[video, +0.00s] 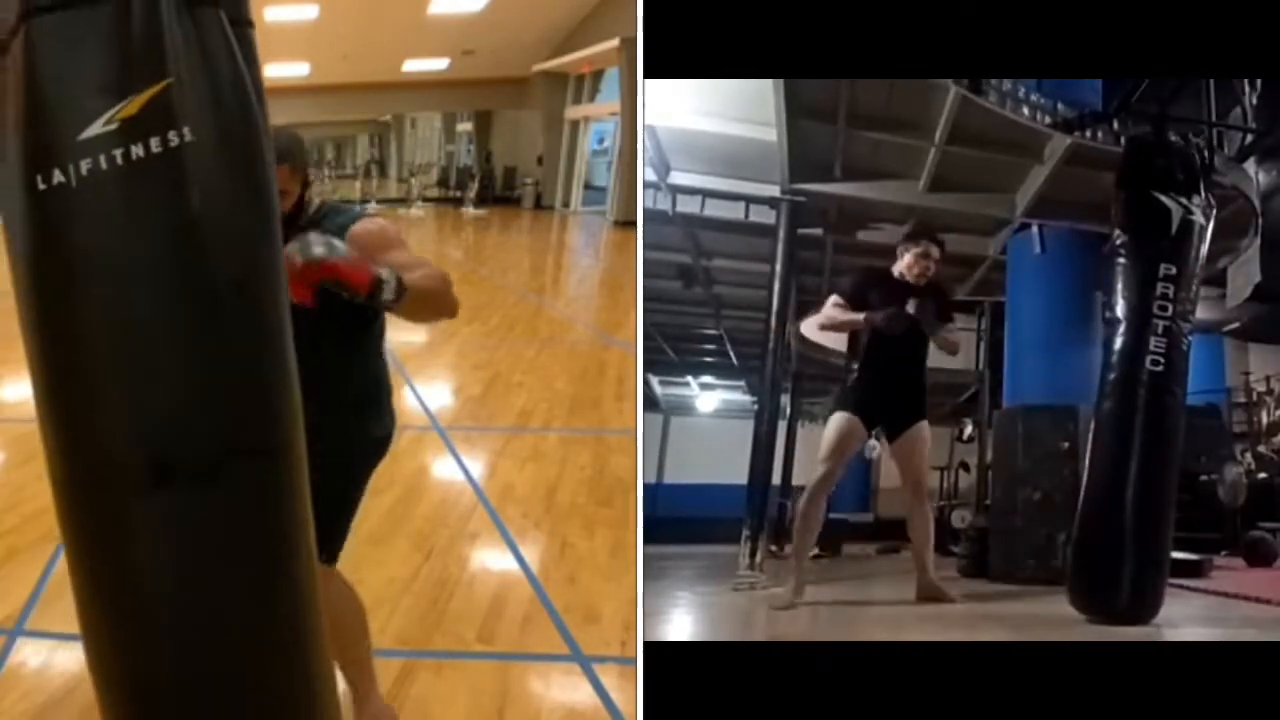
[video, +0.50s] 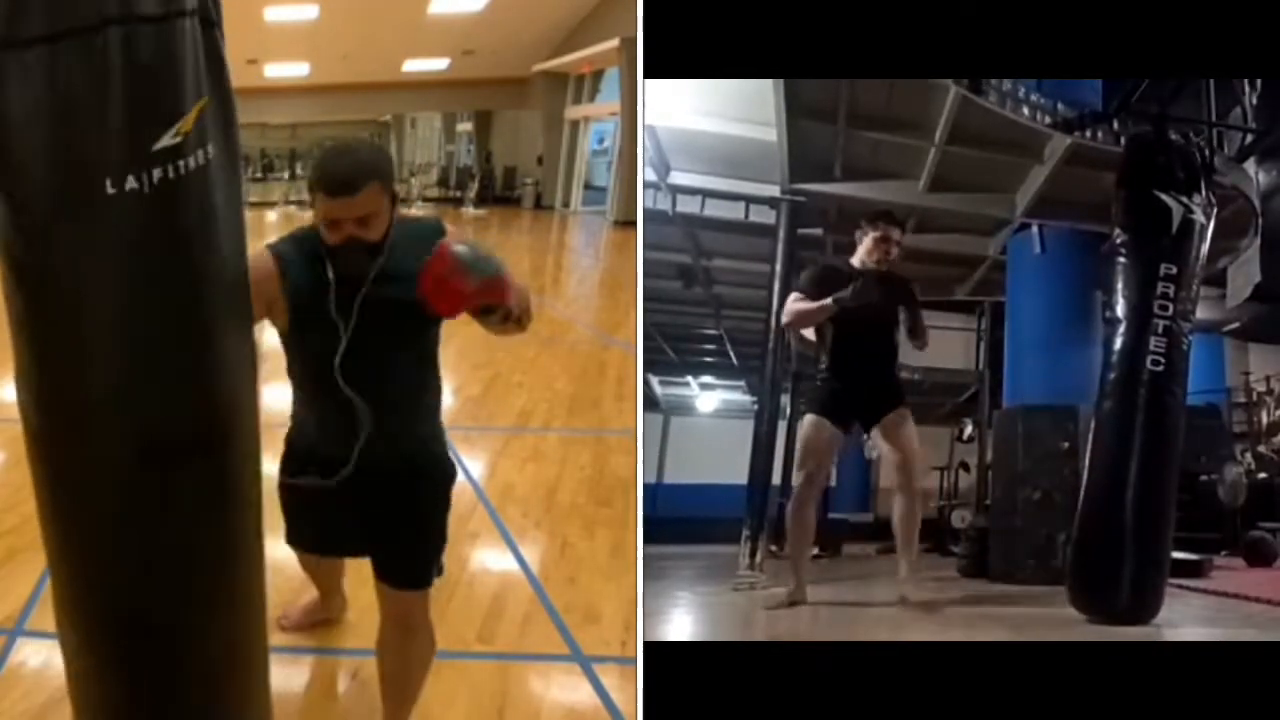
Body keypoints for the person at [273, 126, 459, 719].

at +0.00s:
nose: (269, 202)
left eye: (280, 190)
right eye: (261, 189)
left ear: (302, 185)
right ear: (249, 185)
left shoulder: (351, 231)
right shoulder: (240, 231)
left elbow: (442, 300)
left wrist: (372, 282)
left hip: (345, 419)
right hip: (278, 415)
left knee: (313, 562)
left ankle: (368, 703)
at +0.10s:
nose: (258, 211)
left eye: (265, 199)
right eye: (253, 199)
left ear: (291, 197)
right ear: (266, 199)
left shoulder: (329, 246)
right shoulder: (263, 245)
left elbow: (386, 294)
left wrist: (322, 320)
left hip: (354, 439)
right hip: (294, 432)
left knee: (328, 590)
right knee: (299, 583)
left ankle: (380, 710)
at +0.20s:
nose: (277, 249)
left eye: (290, 235)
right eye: (266, 236)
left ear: (322, 220)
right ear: (252, 226)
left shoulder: (362, 262)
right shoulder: (257, 267)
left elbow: (419, 323)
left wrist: (333, 353)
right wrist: (257, 352)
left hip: (376, 453)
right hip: (294, 446)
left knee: (361, 596)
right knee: (278, 557)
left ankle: (391, 710)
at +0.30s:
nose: (320, 248)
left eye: (333, 233)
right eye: (305, 235)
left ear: (365, 213)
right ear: (289, 222)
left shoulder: (413, 257)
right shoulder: (277, 269)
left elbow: (524, 327)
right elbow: (222, 327)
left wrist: (450, 289)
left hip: (399, 463)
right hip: (311, 459)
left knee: (400, 616)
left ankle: (397, 714)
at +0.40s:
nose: (357, 247)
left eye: (370, 232)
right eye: (340, 235)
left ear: (399, 207)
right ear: (320, 216)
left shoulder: (437, 249)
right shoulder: (286, 277)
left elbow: (511, 320)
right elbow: (204, 333)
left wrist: (496, 285)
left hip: (411, 457)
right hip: (321, 456)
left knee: (409, 608)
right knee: (314, 550)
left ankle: (398, 714)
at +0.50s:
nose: (351, 236)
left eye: (365, 220)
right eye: (335, 223)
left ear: (392, 202)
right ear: (314, 209)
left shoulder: (427, 249)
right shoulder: (279, 269)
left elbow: (510, 319)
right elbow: (200, 323)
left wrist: (496, 294)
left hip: (407, 453)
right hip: (318, 449)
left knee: (404, 608)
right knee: (314, 541)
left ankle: (395, 713)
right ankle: (331, 602)